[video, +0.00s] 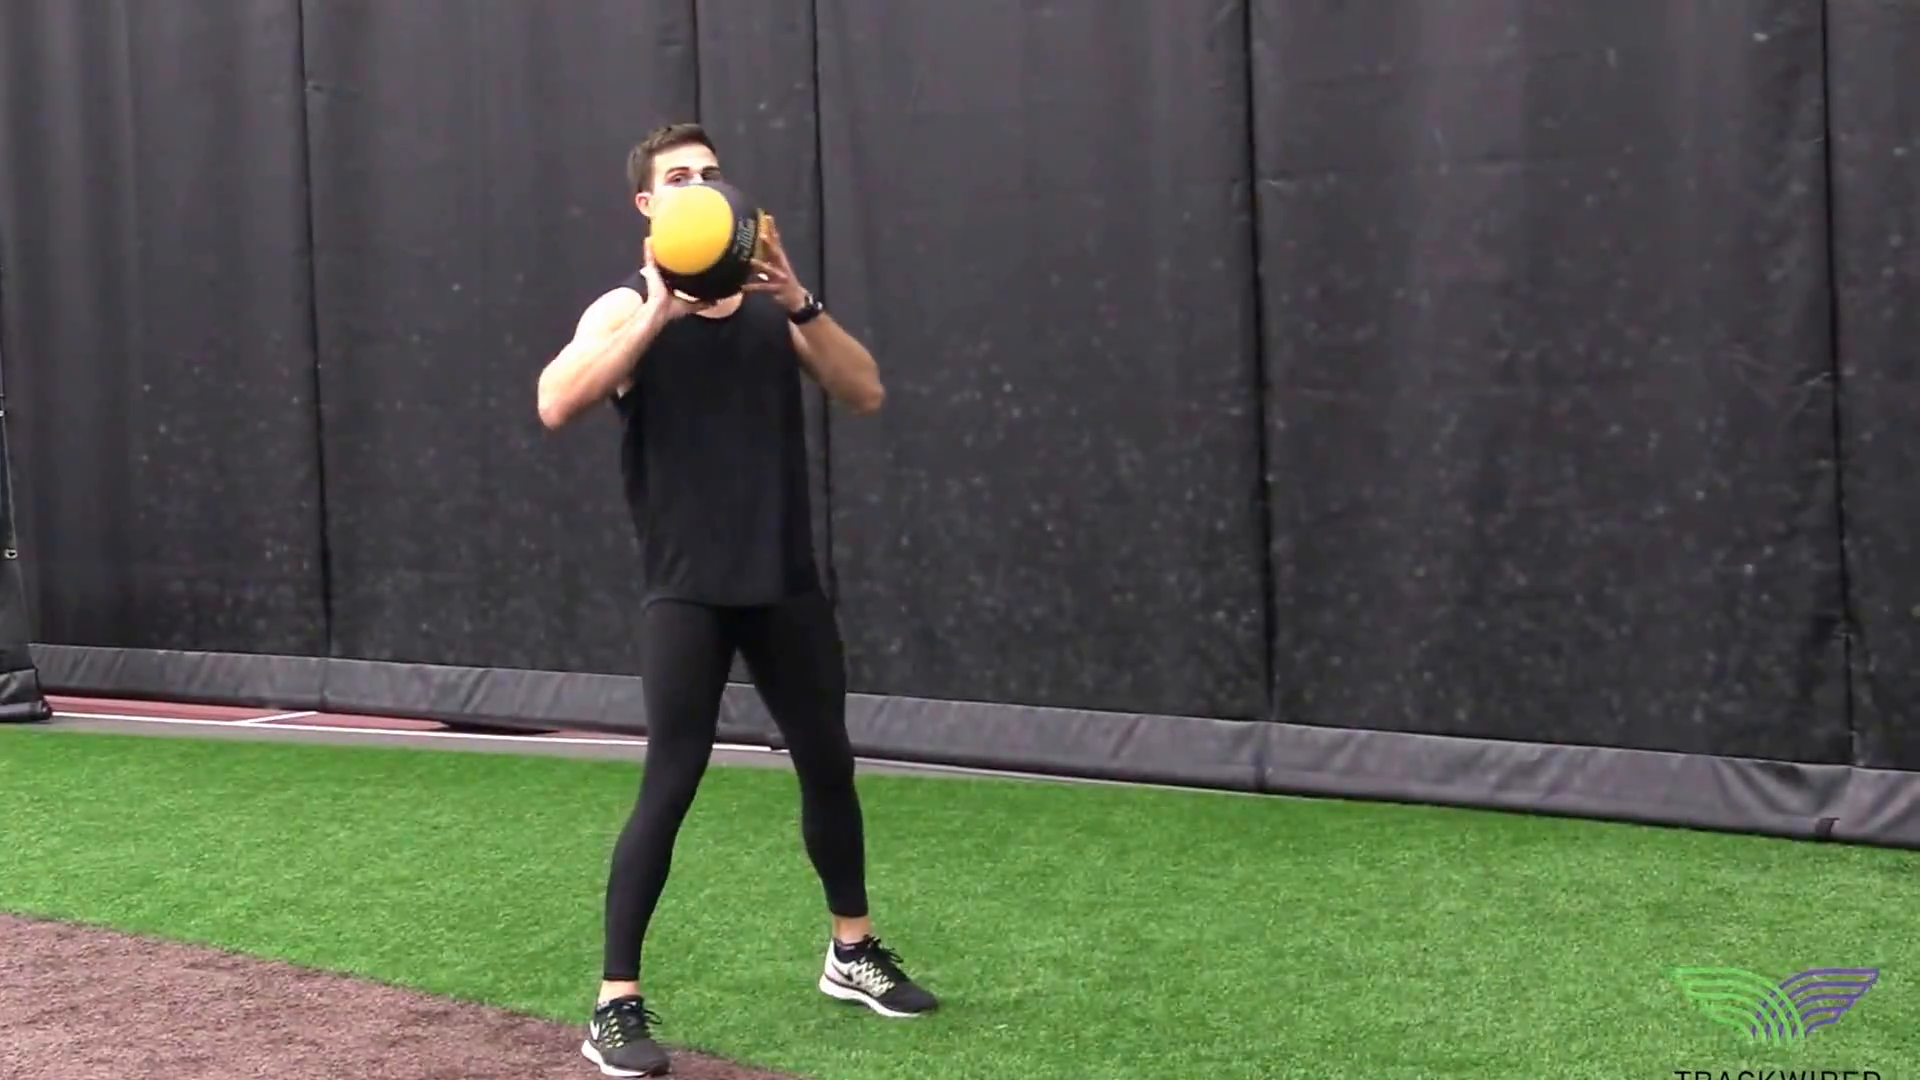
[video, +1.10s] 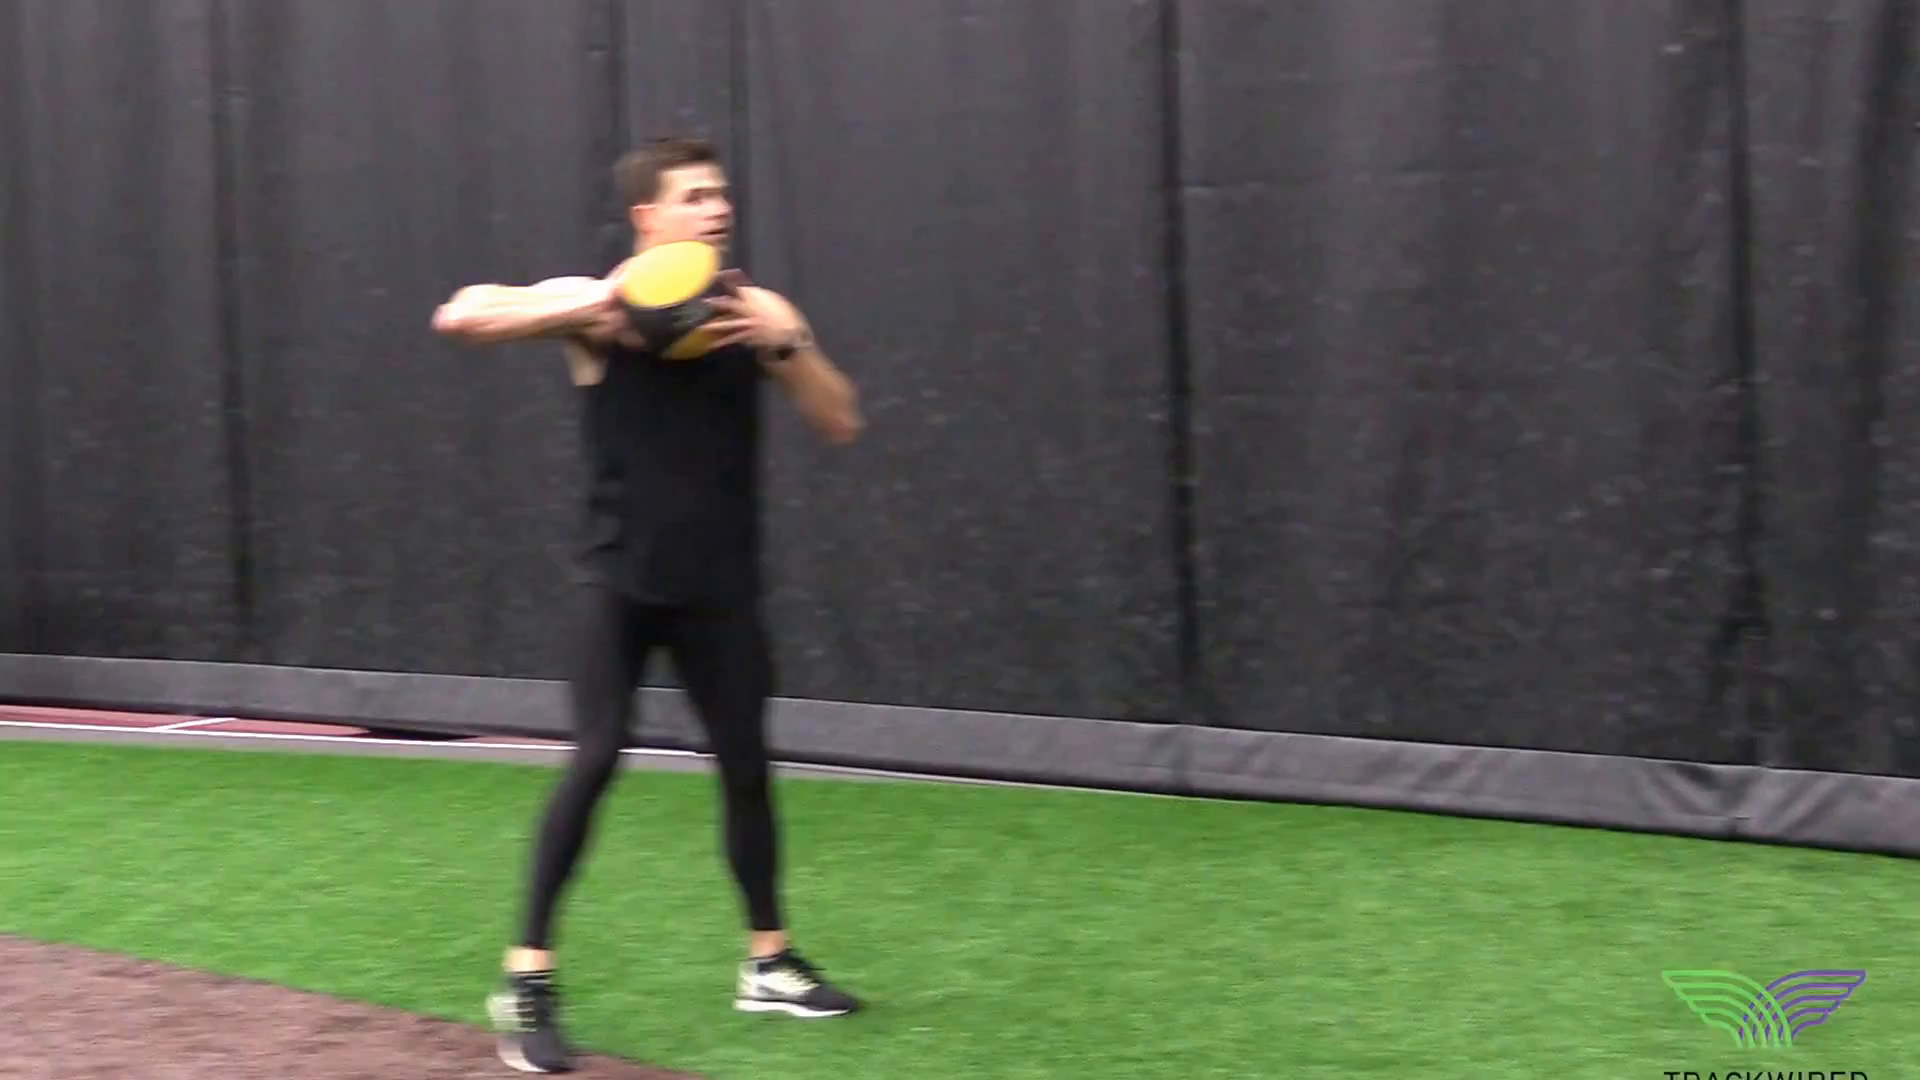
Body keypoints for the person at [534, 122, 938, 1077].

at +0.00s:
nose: (699, 191)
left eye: (708, 177)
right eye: (679, 180)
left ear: (729, 192)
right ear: (644, 205)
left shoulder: (769, 297)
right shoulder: (625, 305)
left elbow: (866, 394)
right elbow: (555, 404)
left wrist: (799, 308)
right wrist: (652, 315)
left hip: (785, 571)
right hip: (687, 579)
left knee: (829, 763)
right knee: (670, 779)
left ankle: (853, 949)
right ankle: (619, 997)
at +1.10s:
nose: (716, 213)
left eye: (721, 198)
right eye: (695, 199)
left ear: (728, 214)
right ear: (643, 216)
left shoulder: (751, 308)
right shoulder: (597, 302)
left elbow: (841, 422)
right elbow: (457, 314)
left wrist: (792, 342)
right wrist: (578, 313)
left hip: (720, 585)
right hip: (618, 582)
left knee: (747, 765)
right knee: (596, 753)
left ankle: (771, 959)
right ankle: (528, 972)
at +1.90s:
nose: (455, 352)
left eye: (456, 332)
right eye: (432, 344)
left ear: (464, 322)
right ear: (382, 362)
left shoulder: (517, 397)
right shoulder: (340, 411)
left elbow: (601, 518)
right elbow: (189, 425)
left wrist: (501, 496)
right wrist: (292, 455)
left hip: (542, 619)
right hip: (431, 629)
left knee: (638, 782)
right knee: (415, 796)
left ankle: (690, 938)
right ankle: (377, 1010)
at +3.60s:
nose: (493, 222)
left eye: (482, 214)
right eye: (482, 218)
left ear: (443, 262)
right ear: (468, 248)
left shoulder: (468, 323)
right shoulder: (489, 330)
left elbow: (557, 310)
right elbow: (581, 308)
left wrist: (596, 241)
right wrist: (641, 219)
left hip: (577, 590)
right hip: (567, 594)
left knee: (640, 766)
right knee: (578, 787)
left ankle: (661, 960)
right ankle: (412, 950)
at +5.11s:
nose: (648, 202)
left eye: (638, 190)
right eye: (641, 192)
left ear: (563, 226)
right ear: (623, 215)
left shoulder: (521, 325)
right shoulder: (685, 283)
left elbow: (488, 436)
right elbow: (807, 251)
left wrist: (538, 378)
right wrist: (891, 218)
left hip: (572, 574)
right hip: (654, 571)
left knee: (625, 762)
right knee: (621, 765)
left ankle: (658, 959)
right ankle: (560, 951)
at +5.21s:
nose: (648, 201)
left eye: (639, 189)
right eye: (641, 192)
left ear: (563, 227)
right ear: (624, 215)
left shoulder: (521, 325)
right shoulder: (683, 287)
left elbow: (493, 434)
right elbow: (815, 257)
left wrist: (544, 372)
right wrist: (909, 223)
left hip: (569, 573)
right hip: (650, 571)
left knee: (622, 763)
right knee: (619, 768)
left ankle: (656, 960)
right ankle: (557, 951)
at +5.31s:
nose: (648, 204)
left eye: (639, 190)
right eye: (641, 193)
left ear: (561, 226)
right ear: (626, 214)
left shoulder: (520, 325)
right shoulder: (680, 290)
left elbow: (499, 435)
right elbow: (817, 264)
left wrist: (550, 375)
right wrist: (921, 232)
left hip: (569, 574)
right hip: (649, 572)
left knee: (621, 765)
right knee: (620, 768)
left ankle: (655, 962)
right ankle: (556, 950)